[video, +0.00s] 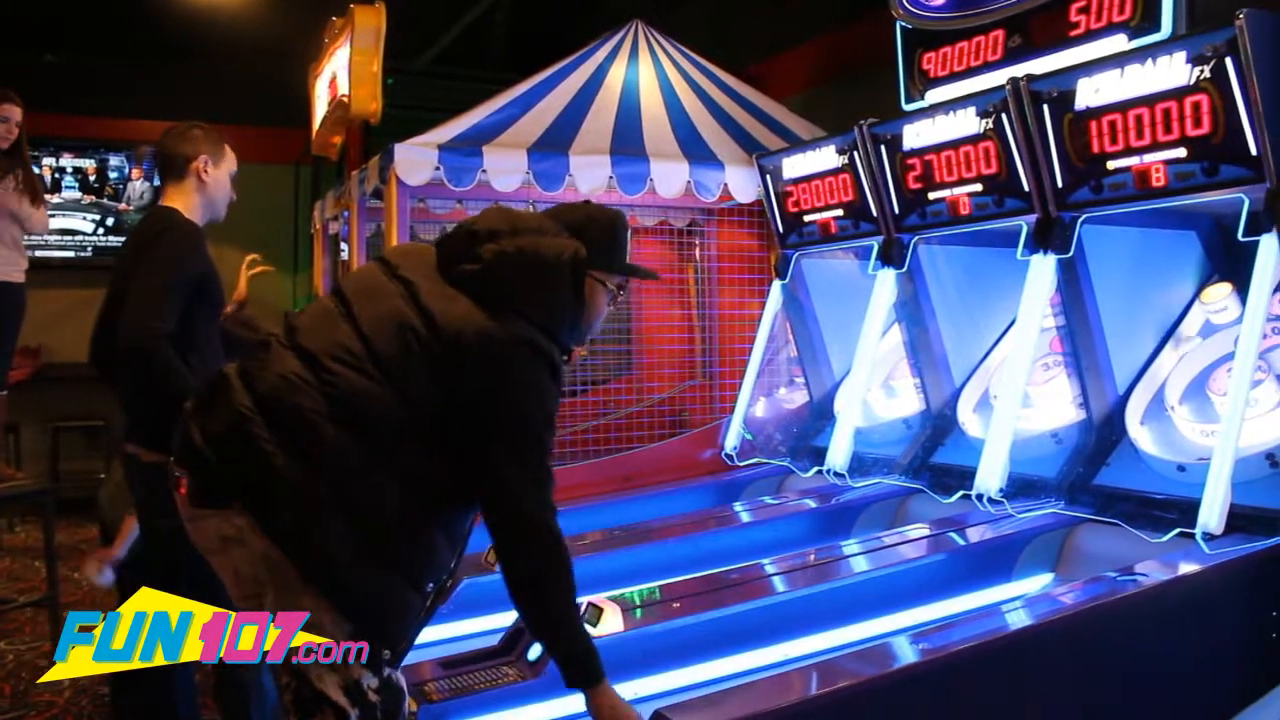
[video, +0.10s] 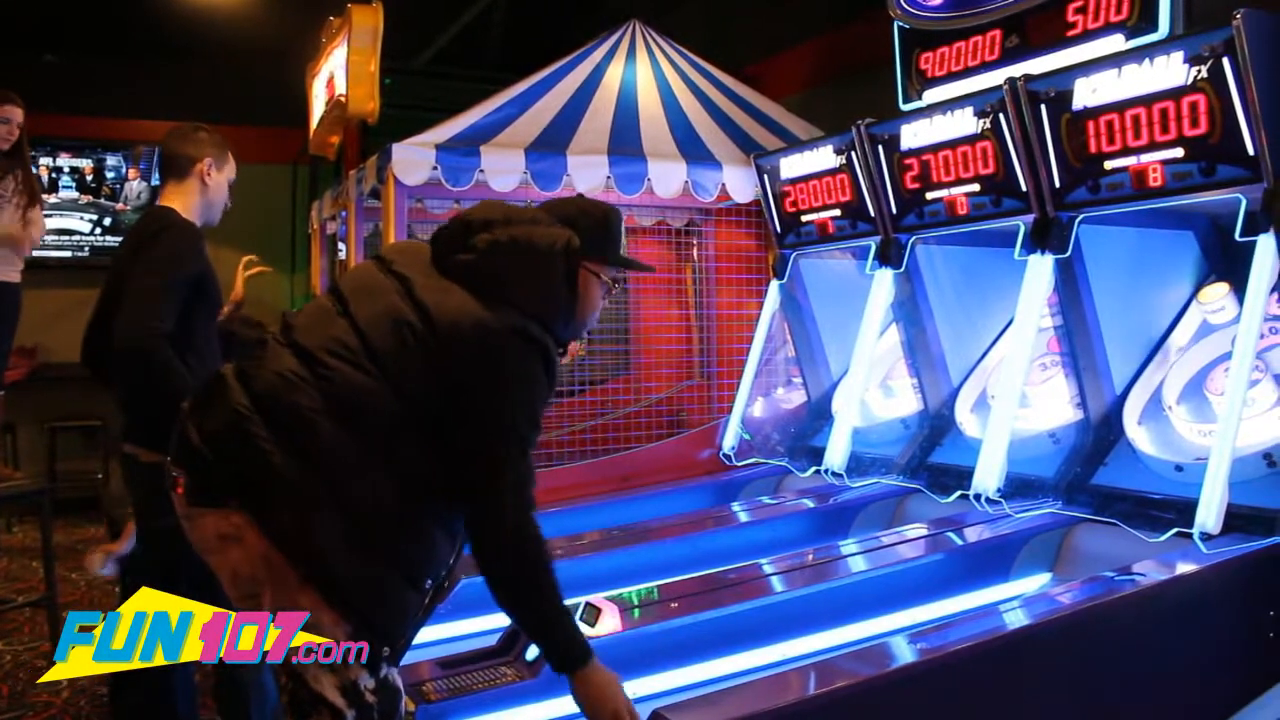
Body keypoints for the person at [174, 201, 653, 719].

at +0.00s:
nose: (611, 309)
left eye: (616, 292)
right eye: (607, 290)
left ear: (539, 260)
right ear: (568, 278)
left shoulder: (424, 264)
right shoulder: (513, 353)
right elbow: (527, 531)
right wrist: (594, 683)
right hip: (264, 502)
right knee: (345, 693)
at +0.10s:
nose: (607, 299)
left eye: (610, 284)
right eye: (602, 281)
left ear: (533, 258)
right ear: (563, 271)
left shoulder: (416, 264)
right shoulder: (506, 344)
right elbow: (502, 523)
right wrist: (580, 664)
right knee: (347, 696)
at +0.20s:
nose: (602, 298)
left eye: (606, 282)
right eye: (598, 278)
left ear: (528, 255)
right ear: (558, 267)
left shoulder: (411, 263)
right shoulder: (498, 338)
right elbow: (485, 519)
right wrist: (568, 648)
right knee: (352, 697)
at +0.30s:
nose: (598, 301)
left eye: (603, 284)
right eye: (595, 280)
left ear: (531, 258)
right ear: (555, 267)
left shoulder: (415, 262)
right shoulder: (496, 331)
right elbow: (461, 505)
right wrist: (526, 649)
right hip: (260, 504)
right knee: (348, 695)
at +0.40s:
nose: (596, 305)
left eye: (603, 289)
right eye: (595, 284)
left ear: (535, 259)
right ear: (556, 269)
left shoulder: (413, 261)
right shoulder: (493, 329)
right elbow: (428, 496)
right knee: (344, 688)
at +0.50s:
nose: (596, 311)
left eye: (602, 294)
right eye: (596, 290)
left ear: (551, 264)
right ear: (561, 272)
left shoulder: (424, 265)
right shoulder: (489, 329)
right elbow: (415, 484)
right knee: (340, 686)